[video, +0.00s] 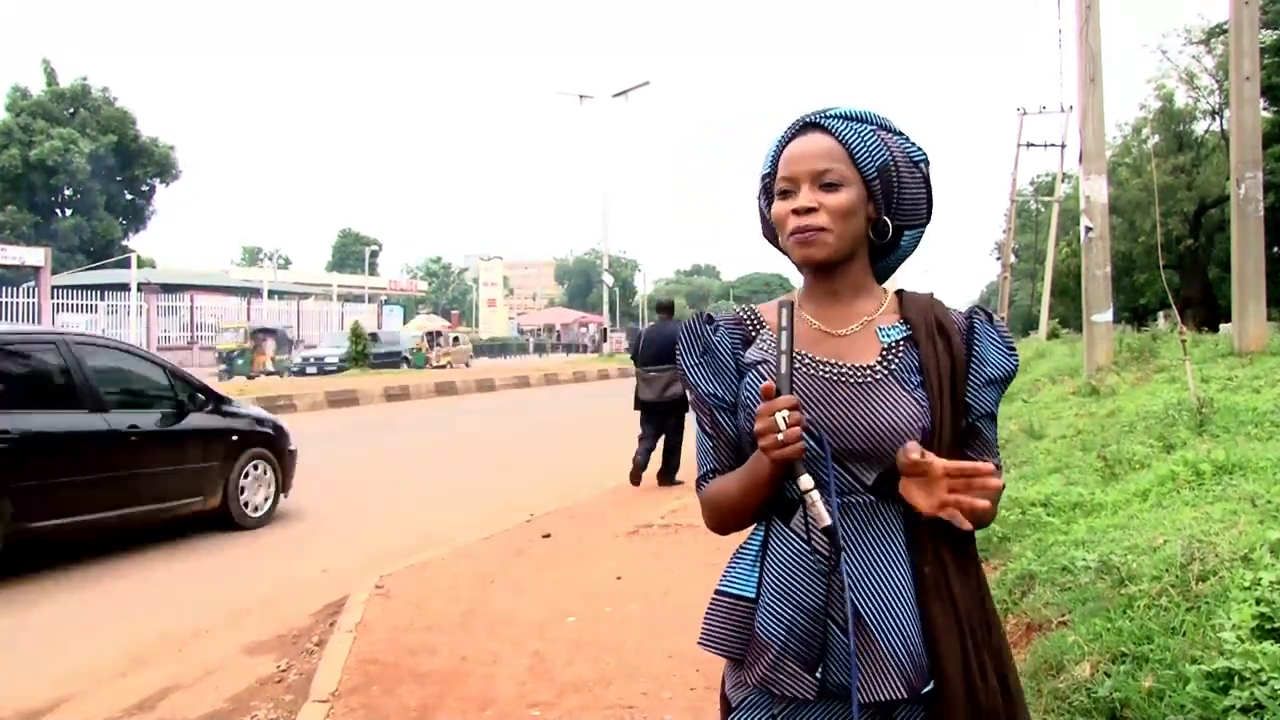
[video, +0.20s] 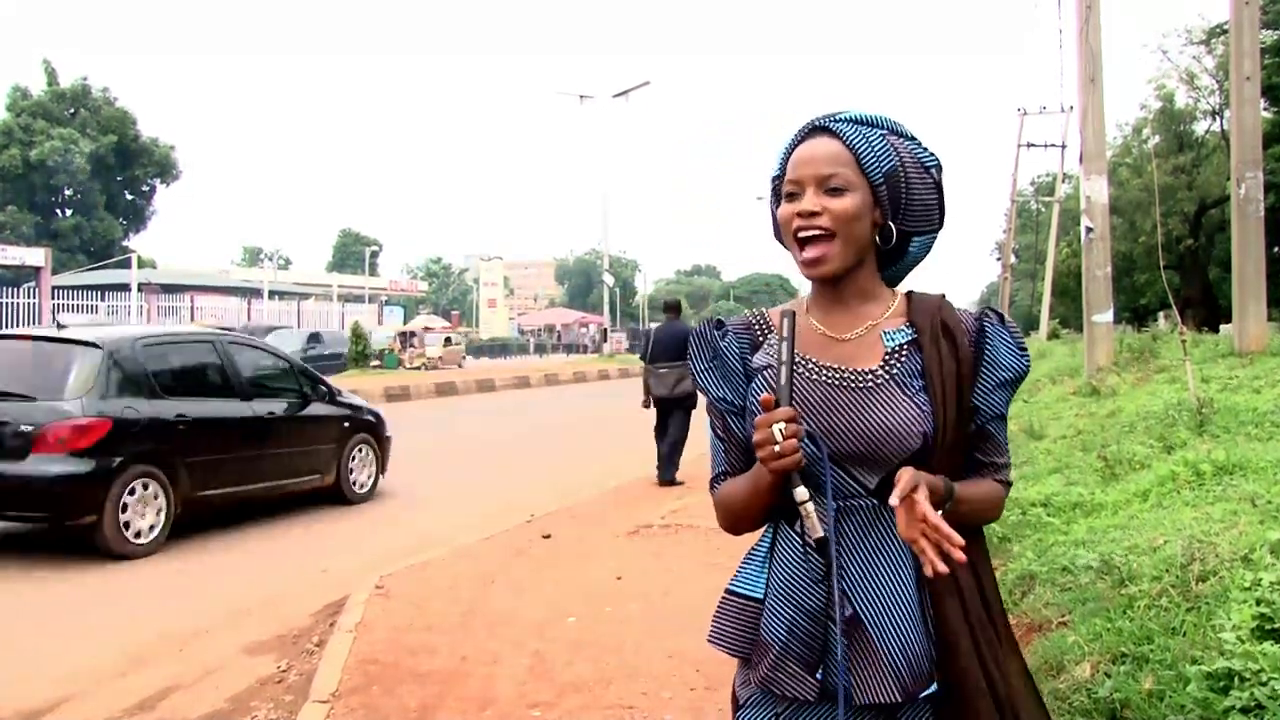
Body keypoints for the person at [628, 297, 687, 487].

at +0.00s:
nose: (666, 315)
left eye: (663, 311)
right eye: (669, 311)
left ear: (657, 312)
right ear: (673, 312)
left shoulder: (645, 333)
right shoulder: (681, 331)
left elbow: (635, 357)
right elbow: (689, 359)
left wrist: (645, 376)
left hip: (649, 389)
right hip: (675, 387)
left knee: (649, 429)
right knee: (674, 434)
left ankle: (640, 459)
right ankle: (667, 475)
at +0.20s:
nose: (672, 314)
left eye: (669, 311)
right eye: (675, 310)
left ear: (664, 312)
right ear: (680, 311)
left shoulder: (655, 333)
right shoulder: (688, 332)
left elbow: (647, 365)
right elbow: (696, 361)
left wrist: (646, 393)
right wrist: (700, 385)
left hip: (660, 387)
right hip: (684, 386)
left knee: (662, 426)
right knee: (678, 428)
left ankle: (663, 467)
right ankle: (668, 473)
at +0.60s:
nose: (687, 316)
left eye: (683, 313)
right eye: (688, 313)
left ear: (676, 313)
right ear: (691, 313)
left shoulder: (665, 334)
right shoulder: (699, 332)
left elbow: (661, 364)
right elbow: (707, 359)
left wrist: (663, 389)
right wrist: (713, 384)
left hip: (673, 384)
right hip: (696, 383)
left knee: (677, 423)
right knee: (698, 423)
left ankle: (685, 461)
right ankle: (684, 449)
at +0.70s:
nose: (690, 315)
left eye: (687, 312)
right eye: (692, 312)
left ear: (679, 312)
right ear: (694, 313)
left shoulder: (668, 332)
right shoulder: (701, 332)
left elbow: (662, 354)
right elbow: (708, 355)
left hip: (673, 383)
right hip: (697, 382)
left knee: (677, 422)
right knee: (703, 419)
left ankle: (682, 464)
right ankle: (693, 449)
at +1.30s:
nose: (710, 317)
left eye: (708, 313)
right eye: (713, 314)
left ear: (703, 314)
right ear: (718, 314)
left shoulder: (694, 333)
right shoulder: (723, 334)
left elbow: (687, 355)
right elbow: (728, 358)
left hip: (698, 381)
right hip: (718, 381)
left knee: (700, 417)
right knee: (714, 418)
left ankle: (699, 448)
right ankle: (712, 456)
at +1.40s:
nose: (711, 319)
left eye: (710, 316)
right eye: (713, 316)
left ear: (705, 316)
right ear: (719, 316)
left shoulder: (697, 336)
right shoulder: (726, 335)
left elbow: (691, 363)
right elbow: (732, 361)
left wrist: (687, 387)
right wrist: (732, 382)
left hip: (703, 386)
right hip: (722, 384)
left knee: (703, 420)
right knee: (715, 421)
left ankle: (706, 453)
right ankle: (712, 458)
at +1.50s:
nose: (714, 322)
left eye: (714, 318)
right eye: (715, 319)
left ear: (706, 319)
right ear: (720, 319)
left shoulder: (700, 337)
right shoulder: (727, 337)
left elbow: (693, 363)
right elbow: (733, 362)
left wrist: (690, 386)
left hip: (706, 386)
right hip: (724, 385)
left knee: (708, 418)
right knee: (719, 419)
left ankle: (711, 449)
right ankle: (714, 454)